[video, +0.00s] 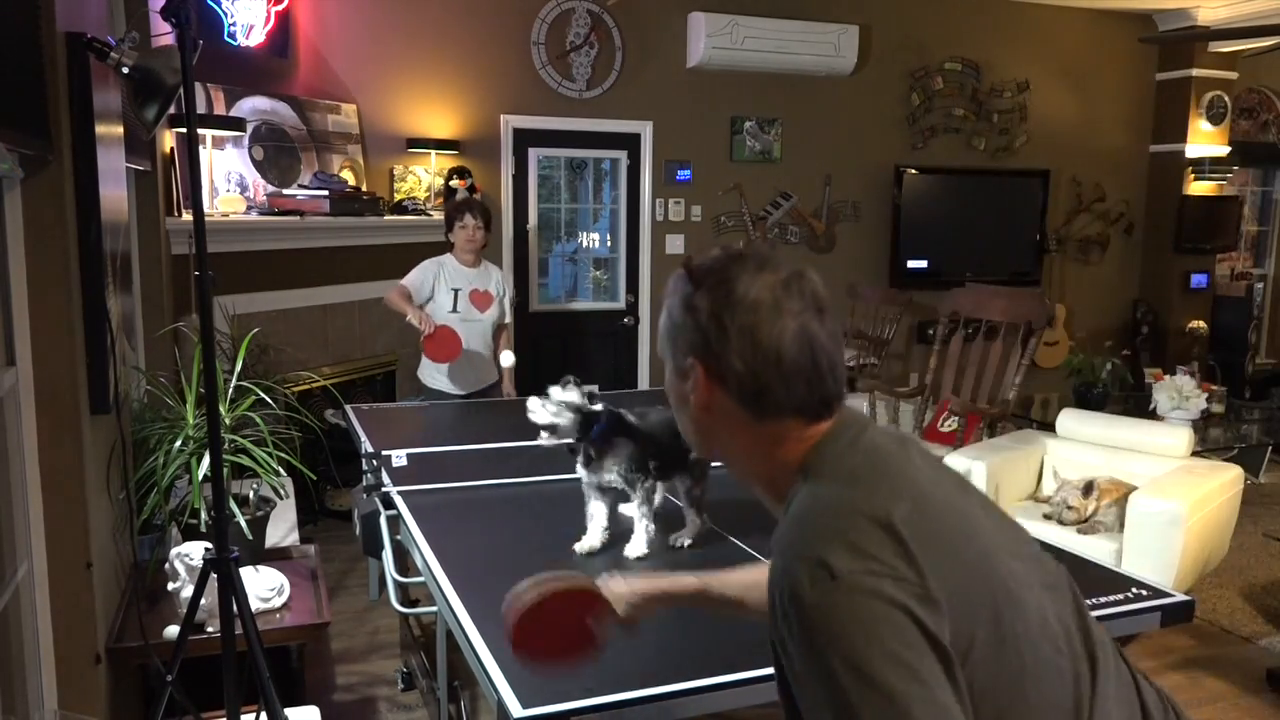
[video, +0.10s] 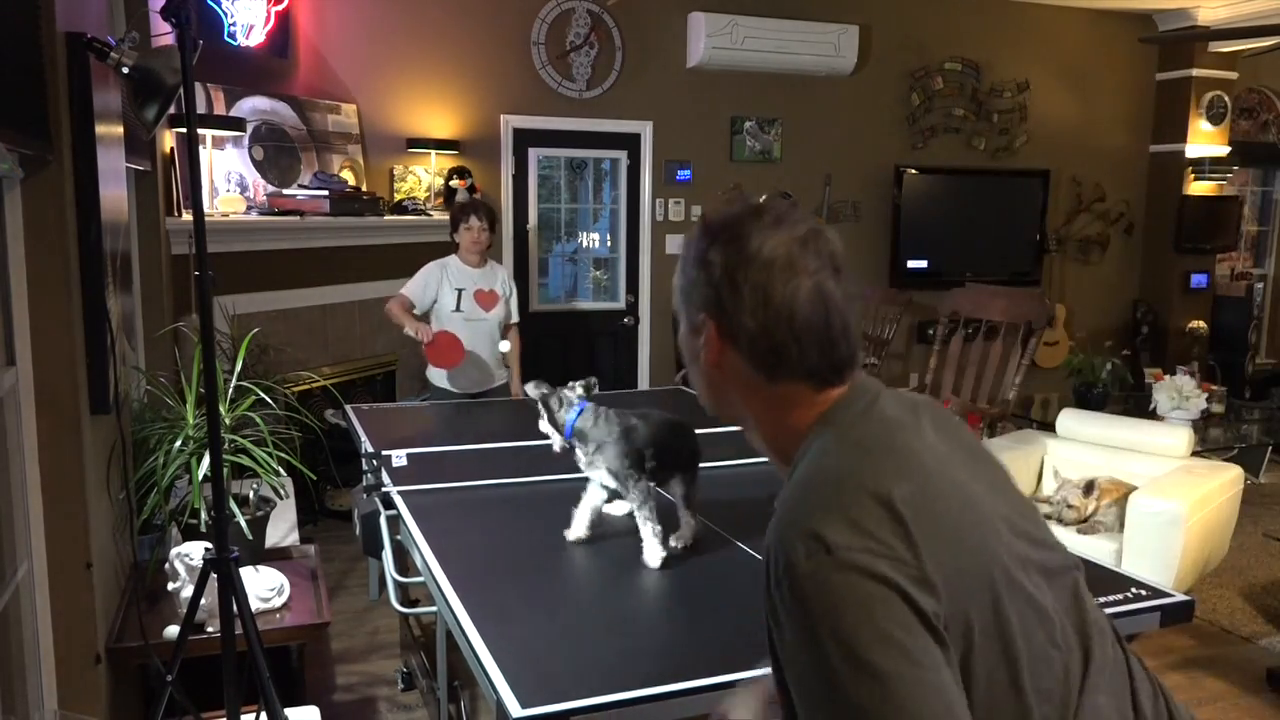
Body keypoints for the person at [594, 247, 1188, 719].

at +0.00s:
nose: (670, 392)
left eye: (670, 371)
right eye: (671, 370)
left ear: (698, 385)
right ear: (811, 354)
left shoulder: (825, 562)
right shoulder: (882, 451)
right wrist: (659, 590)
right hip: (1139, 701)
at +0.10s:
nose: (681, 346)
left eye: (683, 327)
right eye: (684, 324)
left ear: (710, 342)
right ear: (831, 305)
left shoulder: (822, 535)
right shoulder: (914, 414)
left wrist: (762, 707)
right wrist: (794, 685)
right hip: (1138, 697)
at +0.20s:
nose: (715, 317)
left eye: (719, 296)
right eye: (717, 295)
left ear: (747, 316)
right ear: (876, 292)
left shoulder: (836, 516)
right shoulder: (960, 402)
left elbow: (911, 705)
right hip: (1145, 701)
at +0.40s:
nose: (826, 301)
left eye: (829, 281)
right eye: (828, 279)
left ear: (858, 304)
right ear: (991, 290)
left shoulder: (910, 506)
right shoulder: (1076, 414)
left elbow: (890, 703)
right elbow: (1165, 619)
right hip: (1183, 703)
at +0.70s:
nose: (981, 271)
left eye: (986, 250)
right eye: (983, 250)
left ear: (1016, 261)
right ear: (1136, 262)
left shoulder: (1014, 441)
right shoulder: (1250, 402)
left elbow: (992, 704)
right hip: (1260, 699)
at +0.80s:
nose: (1045, 269)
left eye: (1049, 248)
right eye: (1045, 248)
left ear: (1083, 259)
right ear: (1198, 261)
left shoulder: (1070, 428)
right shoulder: (1269, 385)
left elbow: (1034, 698)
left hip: (1137, 705)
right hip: (1266, 697)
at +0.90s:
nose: (1099, 270)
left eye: (1103, 248)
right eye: (1097, 249)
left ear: (1141, 254)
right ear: (1254, 258)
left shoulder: (1124, 417)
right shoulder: (1273, 367)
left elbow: (1088, 689)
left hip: (1184, 704)